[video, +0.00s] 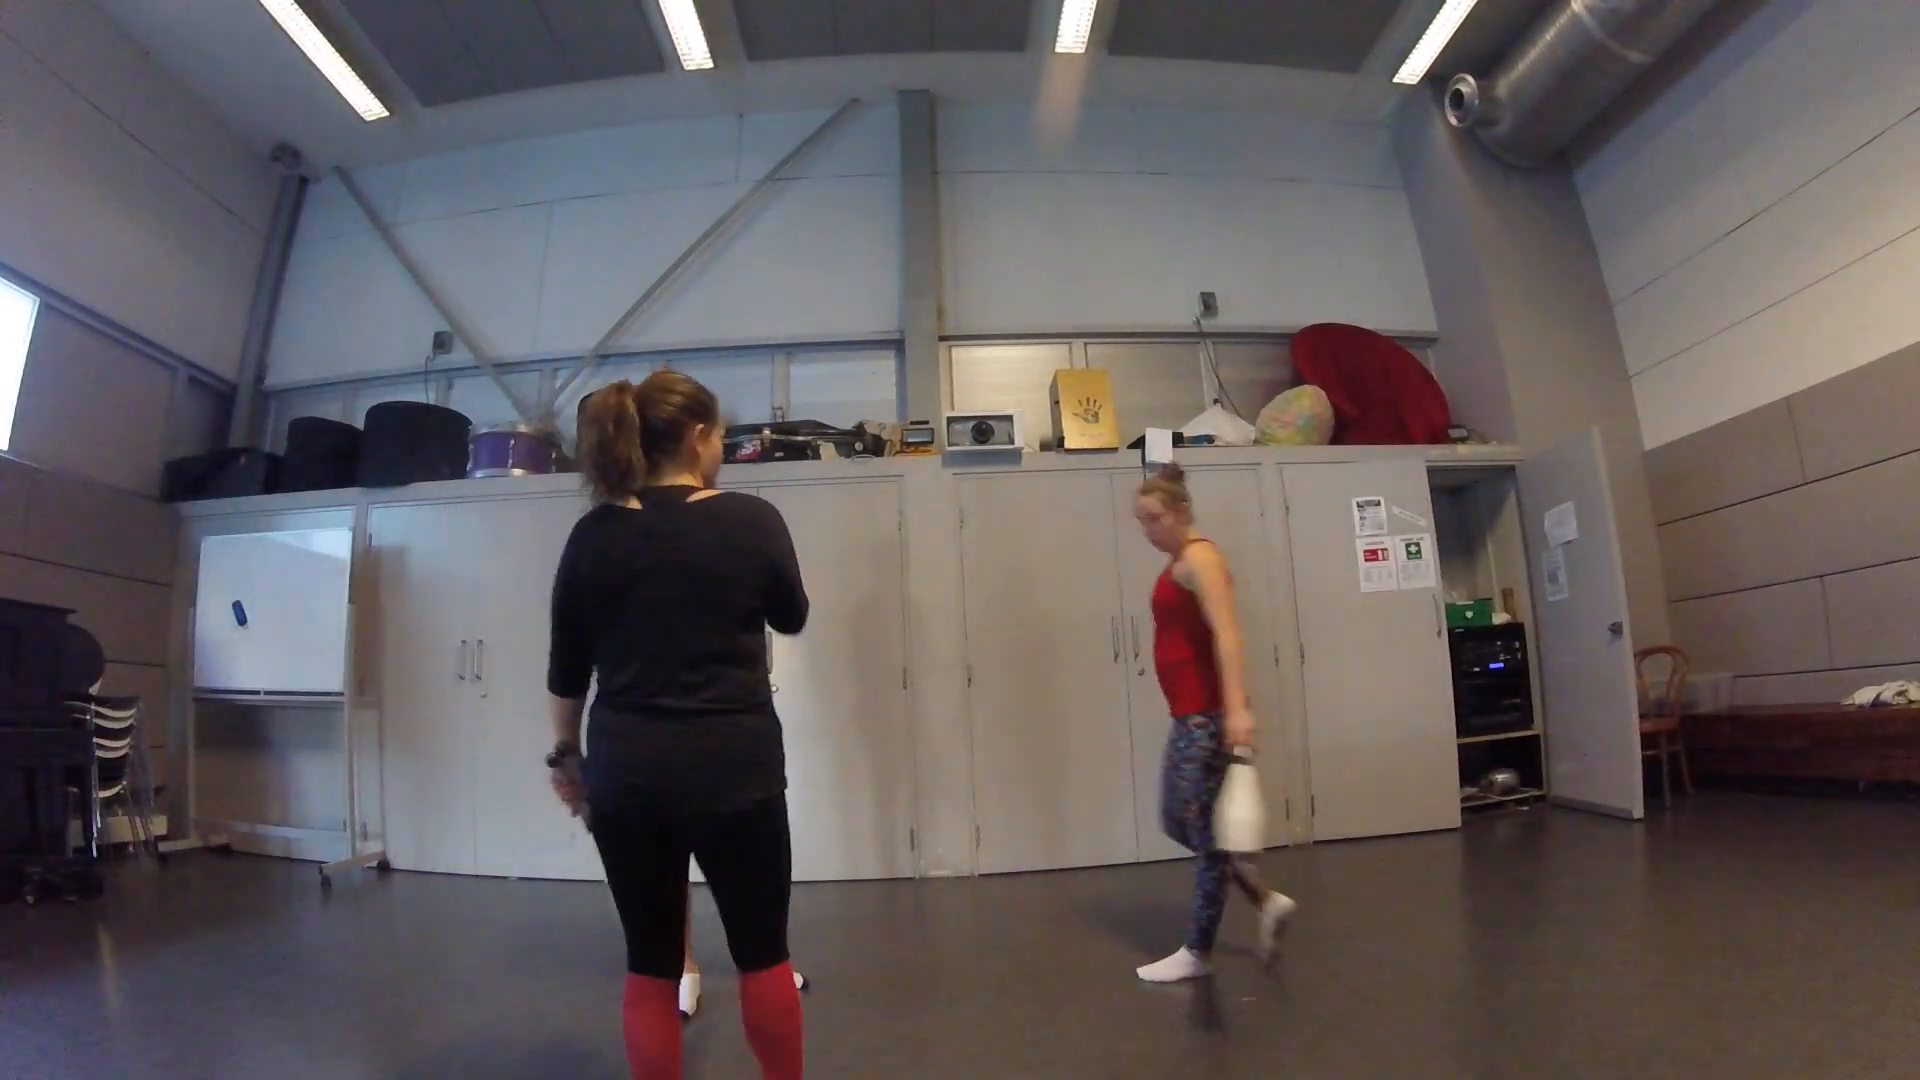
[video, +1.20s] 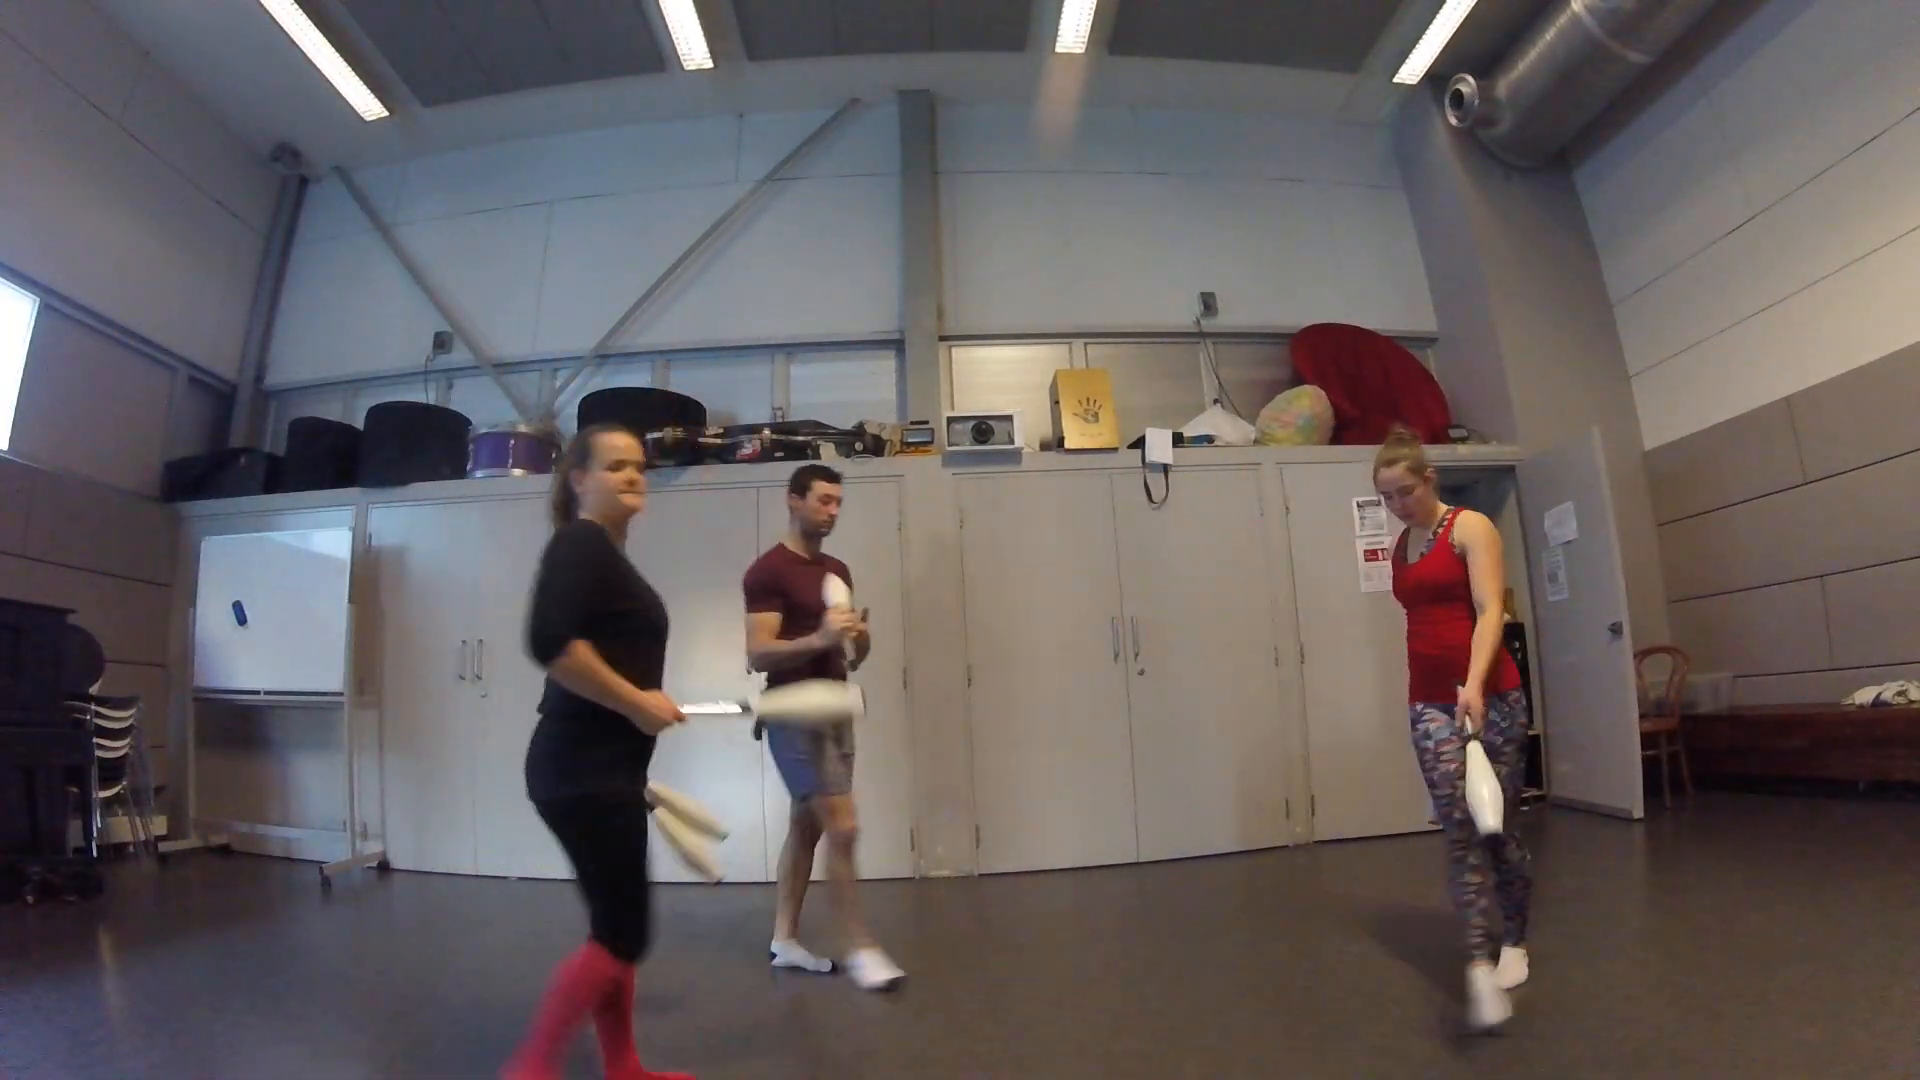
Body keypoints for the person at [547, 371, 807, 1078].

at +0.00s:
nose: (720, 447)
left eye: (719, 436)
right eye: (718, 436)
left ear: (642, 440)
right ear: (698, 438)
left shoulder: (595, 534)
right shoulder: (751, 522)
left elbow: (568, 662)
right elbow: (791, 616)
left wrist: (564, 751)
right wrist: (728, 545)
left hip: (627, 781)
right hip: (735, 776)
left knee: (651, 965)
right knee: (762, 957)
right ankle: (785, 1073)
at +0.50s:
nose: (769, 459)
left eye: (767, 448)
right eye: (766, 448)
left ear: (689, 454)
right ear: (743, 451)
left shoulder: (640, 536)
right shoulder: (785, 533)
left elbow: (604, 658)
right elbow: (826, 621)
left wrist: (573, 755)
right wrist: (815, 540)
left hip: (661, 774)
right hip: (765, 770)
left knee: (683, 918)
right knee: (777, 944)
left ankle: (667, 1073)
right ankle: (791, 1075)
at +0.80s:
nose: (729, 472)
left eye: (726, 460)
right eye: (721, 461)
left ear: (653, 475)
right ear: (689, 469)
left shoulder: (612, 557)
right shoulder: (733, 541)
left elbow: (575, 672)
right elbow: (776, 647)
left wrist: (545, 756)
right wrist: (818, 651)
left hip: (633, 769)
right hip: (722, 767)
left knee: (660, 924)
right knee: (759, 942)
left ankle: (624, 1067)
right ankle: (785, 1072)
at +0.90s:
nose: (706, 482)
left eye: (704, 469)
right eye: (697, 471)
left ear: (646, 481)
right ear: (664, 477)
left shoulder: (600, 562)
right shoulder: (695, 553)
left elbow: (571, 684)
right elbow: (705, 674)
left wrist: (562, 773)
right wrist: (754, 715)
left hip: (610, 773)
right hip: (685, 771)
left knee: (653, 922)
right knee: (736, 938)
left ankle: (626, 1068)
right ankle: (777, 1071)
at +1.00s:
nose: (687, 483)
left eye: (684, 471)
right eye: (676, 471)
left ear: (631, 482)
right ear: (637, 480)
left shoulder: (604, 553)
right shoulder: (653, 549)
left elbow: (579, 675)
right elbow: (657, 667)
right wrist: (711, 722)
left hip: (591, 767)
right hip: (644, 770)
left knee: (639, 918)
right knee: (705, 929)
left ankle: (625, 1068)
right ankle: (737, 1070)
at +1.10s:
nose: (665, 479)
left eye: (664, 468)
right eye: (651, 468)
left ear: (620, 480)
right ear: (608, 477)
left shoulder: (614, 545)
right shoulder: (612, 549)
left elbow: (621, 654)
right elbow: (608, 659)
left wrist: (674, 708)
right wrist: (670, 712)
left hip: (597, 753)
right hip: (607, 758)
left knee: (625, 921)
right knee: (675, 926)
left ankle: (623, 1066)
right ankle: (641, 1067)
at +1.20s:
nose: (635, 477)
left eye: (639, 468)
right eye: (619, 467)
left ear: (641, 481)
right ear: (580, 479)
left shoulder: (604, 553)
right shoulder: (577, 546)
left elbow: (599, 661)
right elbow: (551, 643)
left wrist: (630, 774)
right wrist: (636, 701)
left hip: (606, 755)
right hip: (579, 756)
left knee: (619, 924)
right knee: (621, 930)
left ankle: (621, 1066)